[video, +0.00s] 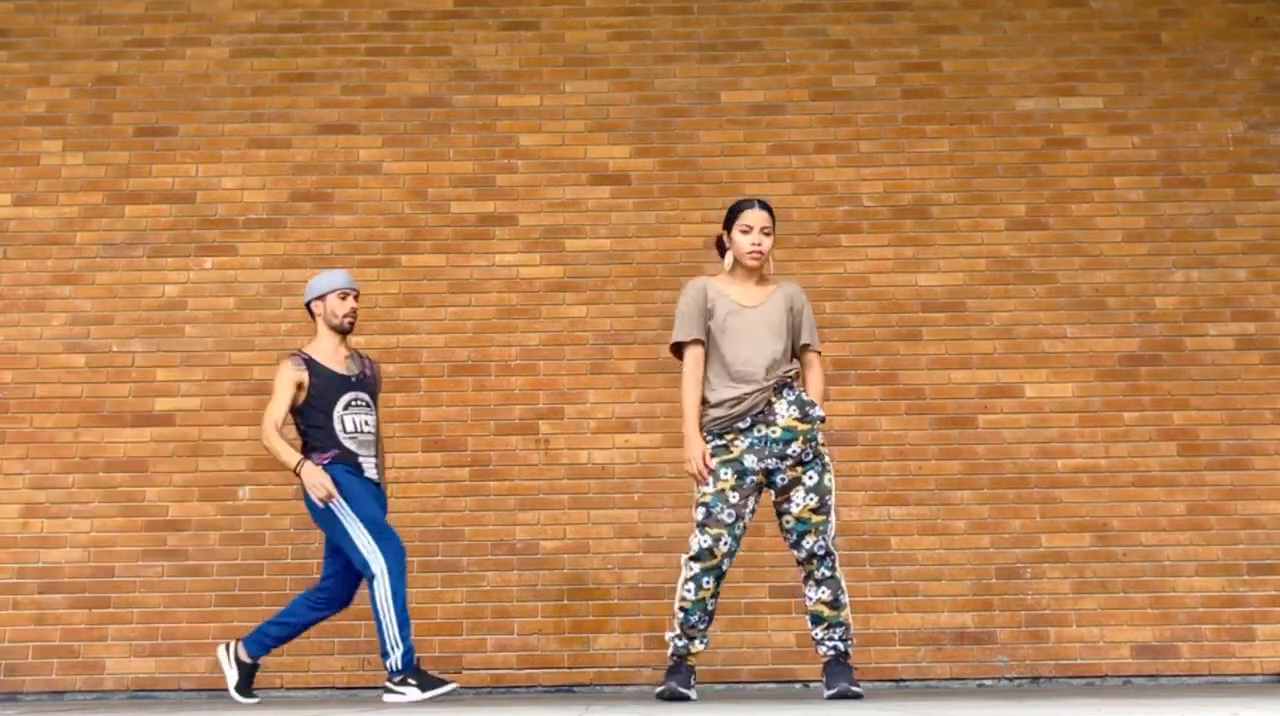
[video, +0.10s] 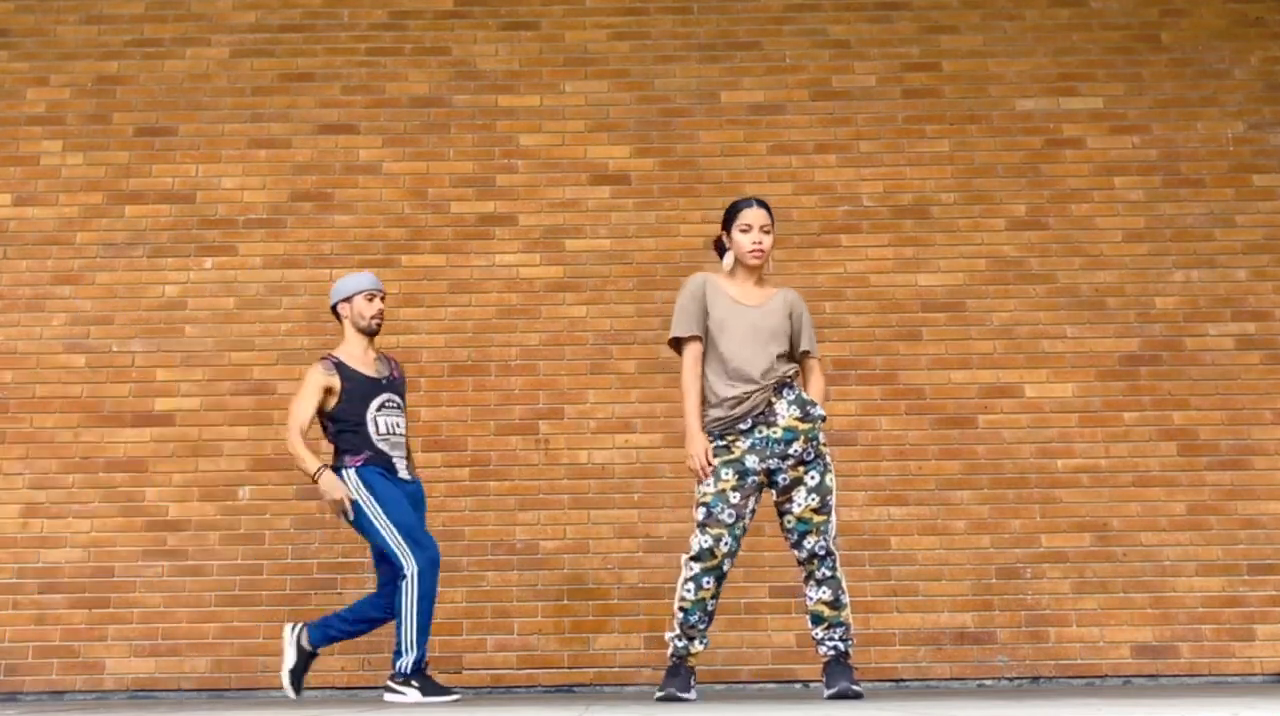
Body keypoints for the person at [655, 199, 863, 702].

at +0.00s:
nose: (756, 240)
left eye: (765, 232)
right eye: (746, 231)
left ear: (773, 240)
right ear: (727, 237)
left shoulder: (791, 295)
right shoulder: (702, 292)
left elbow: (812, 363)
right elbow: (693, 366)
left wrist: (812, 417)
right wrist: (692, 433)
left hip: (791, 428)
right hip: (727, 433)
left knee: (815, 544)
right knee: (710, 547)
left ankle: (837, 661)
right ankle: (681, 664)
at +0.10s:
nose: (757, 239)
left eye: (765, 231)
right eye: (746, 230)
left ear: (773, 239)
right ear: (727, 237)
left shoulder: (789, 300)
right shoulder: (703, 288)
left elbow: (812, 368)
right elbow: (692, 363)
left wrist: (811, 417)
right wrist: (694, 431)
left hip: (792, 430)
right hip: (729, 434)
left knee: (816, 544)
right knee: (711, 547)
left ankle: (838, 661)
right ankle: (681, 664)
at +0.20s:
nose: (757, 238)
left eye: (765, 229)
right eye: (746, 229)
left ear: (774, 237)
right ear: (727, 237)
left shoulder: (788, 302)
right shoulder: (703, 285)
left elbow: (811, 371)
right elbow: (690, 359)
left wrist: (812, 416)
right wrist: (695, 426)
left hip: (792, 429)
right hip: (730, 434)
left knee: (816, 544)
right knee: (712, 547)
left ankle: (838, 662)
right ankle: (683, 664)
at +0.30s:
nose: (757, 236)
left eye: (764, 227)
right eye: (745, 228)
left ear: (774, 235)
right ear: (727, 238)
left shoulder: (789, 303)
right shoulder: (703, 287)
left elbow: (812, 372)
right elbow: (690, 362)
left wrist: (815, 419)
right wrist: (696, 427)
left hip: (793, 432)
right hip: (729, 438)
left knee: (818, 544)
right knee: (711, 545)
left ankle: (838, 661)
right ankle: (687, 661)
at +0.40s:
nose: (756, 235)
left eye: (762, 226)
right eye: (743, 228)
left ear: (773, 234)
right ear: (727, 239)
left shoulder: (792, 302)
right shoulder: (705, 290)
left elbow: (814, 370)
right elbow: (691, 363)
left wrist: (817, 416)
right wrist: (695, 428)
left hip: (794, 434)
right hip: (729, 440)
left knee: (820, 543)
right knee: (707, 544)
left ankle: (838, 662)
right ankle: (696, 662)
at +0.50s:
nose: (754, 234)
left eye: (760, 225)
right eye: (742, 228)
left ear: (773, 233)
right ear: (727, 240)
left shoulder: (794, 303)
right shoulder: (706, 292)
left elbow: (818, 371)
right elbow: (692, 364)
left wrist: (817, 414)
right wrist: (693, 430)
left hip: (796, 435)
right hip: (731, 441)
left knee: (823, 544)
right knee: (704, 541)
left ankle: (838, 662)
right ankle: (705, 662)